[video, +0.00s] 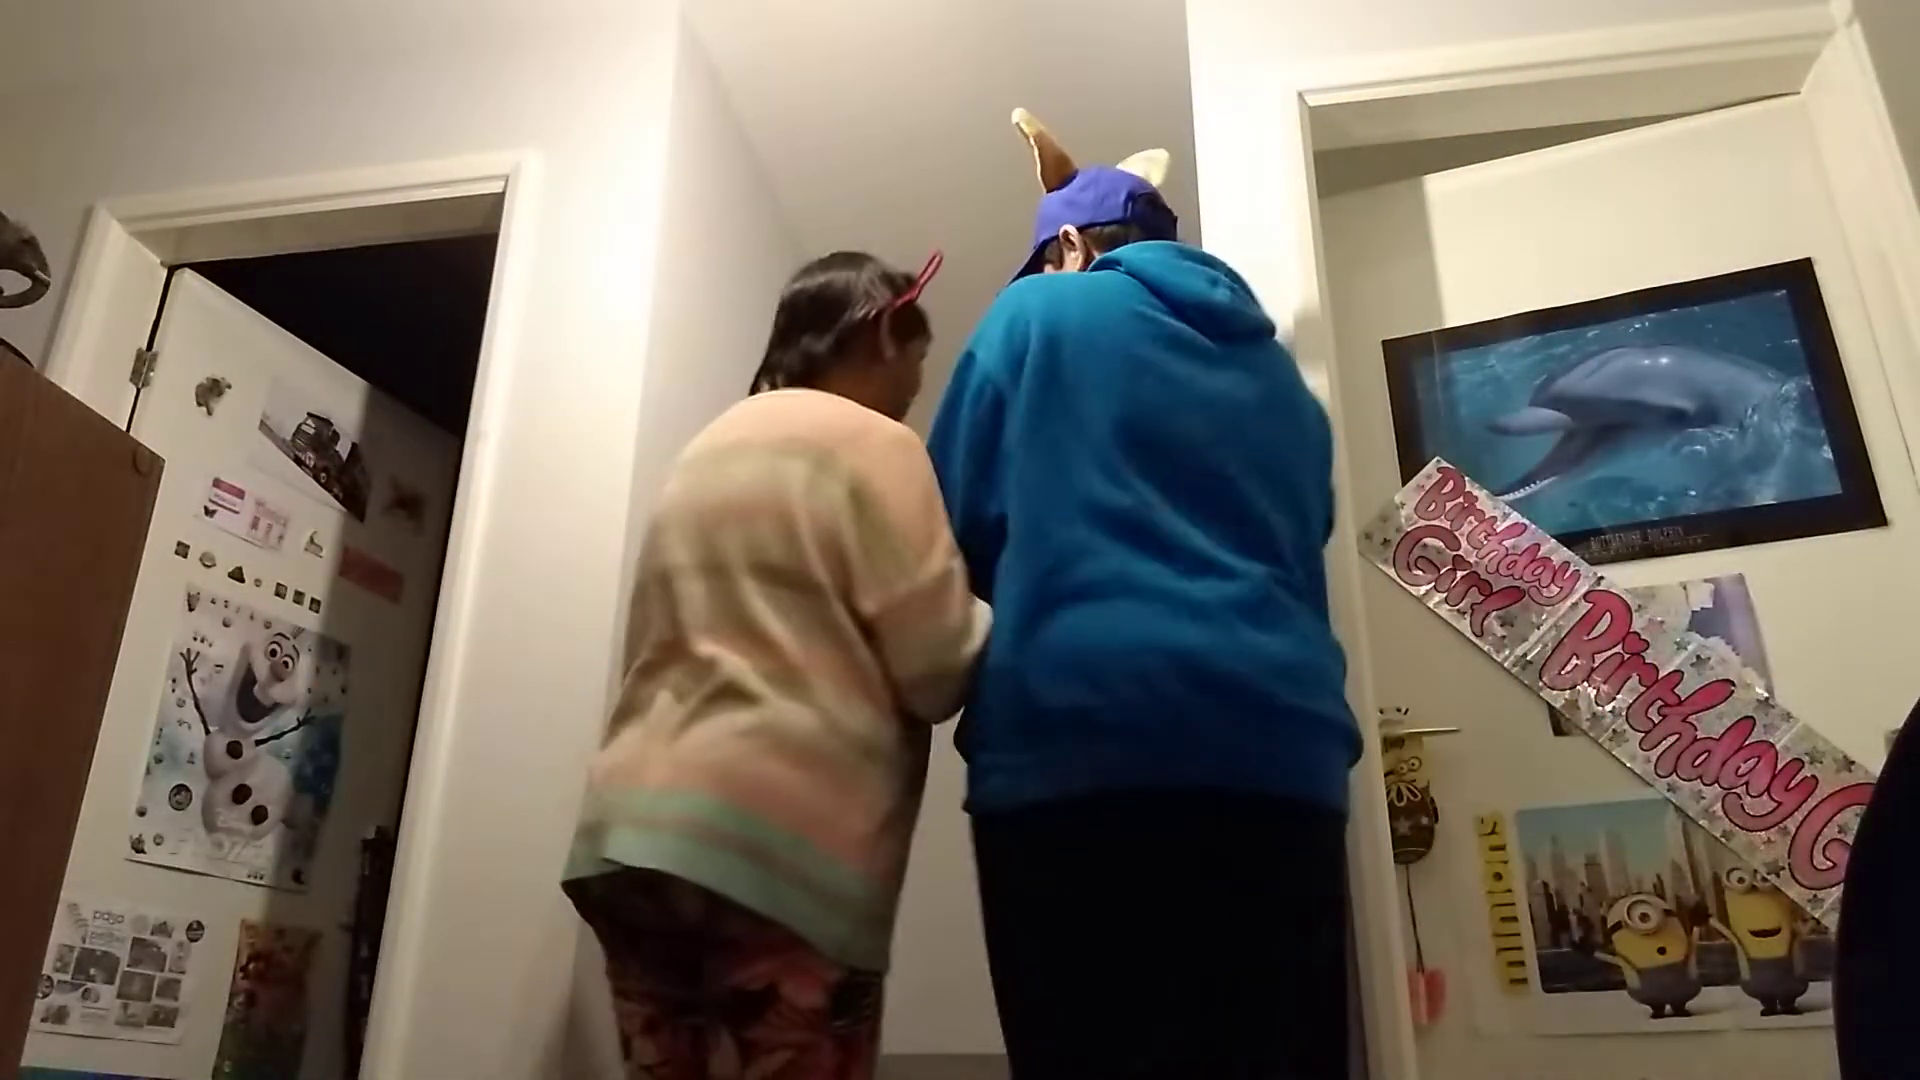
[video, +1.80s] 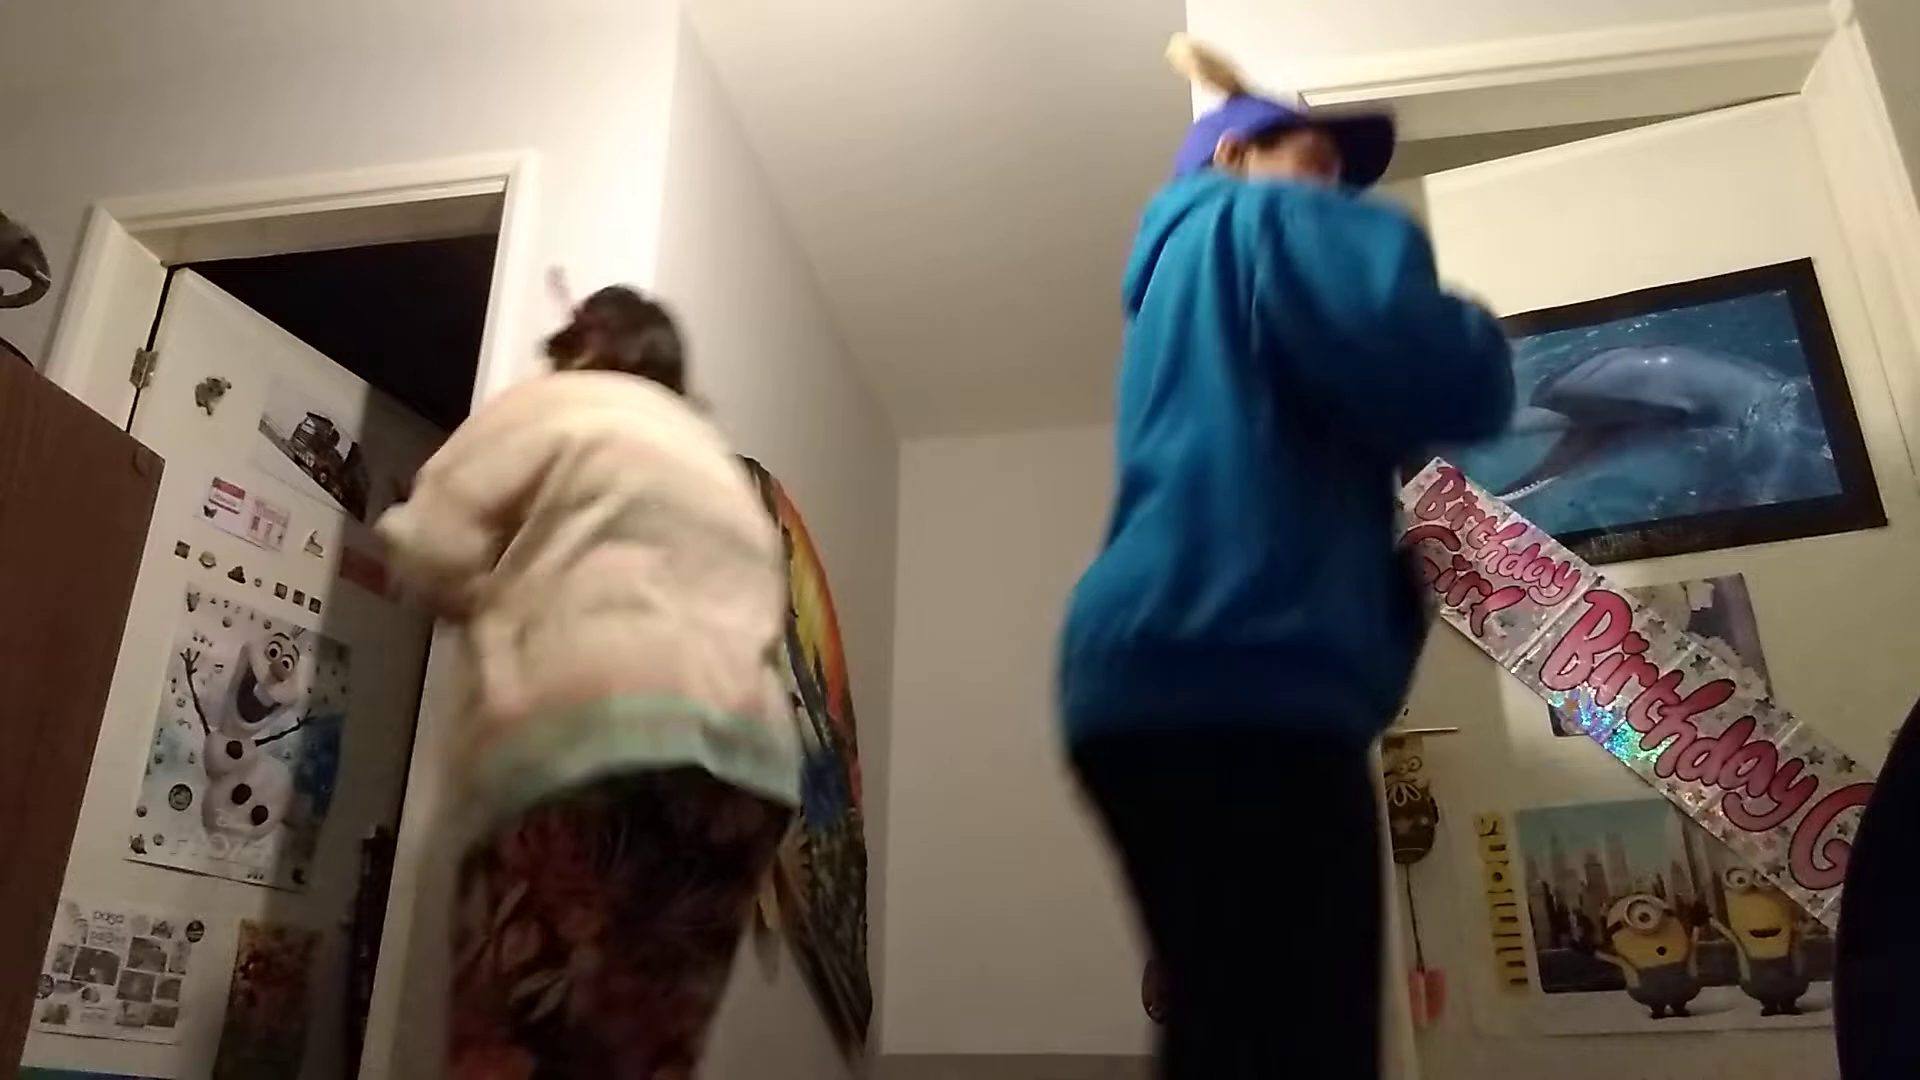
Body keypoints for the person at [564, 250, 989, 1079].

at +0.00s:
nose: (921, 381)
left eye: (923, 356)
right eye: (920, 352)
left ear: (794, 339)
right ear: (887, 333)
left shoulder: (707, 445)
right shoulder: (876, 445)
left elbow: (660, 643)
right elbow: (935, 667)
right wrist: (984, 615)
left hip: (631, 826)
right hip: (793, 848)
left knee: (665, 1063)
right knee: (800, 1062)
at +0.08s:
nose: (902, 390)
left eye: (905, 365)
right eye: (903, 362)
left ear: (779, 346)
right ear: (874, 344)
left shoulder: (679, 454)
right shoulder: (883, 456)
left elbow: (620, 650)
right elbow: (941, 673)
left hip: (632, 831)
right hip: (808, 849)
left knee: (655, 1063)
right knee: (810, 1061)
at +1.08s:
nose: (822, 445)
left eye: (818, 435)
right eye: (821, 435)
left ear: (698, 440)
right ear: (811, 439)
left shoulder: (637, 505)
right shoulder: (867, 512)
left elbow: (551, 712)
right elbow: (925, 662)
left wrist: (651, 760)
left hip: (664, 837)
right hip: (858, 839)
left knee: (655, 1063)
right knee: (833, 1064)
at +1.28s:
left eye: (680, 439)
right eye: (811, 454)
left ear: (686, 442)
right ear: (803, 456)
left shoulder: (630, 505)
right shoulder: (858, 531)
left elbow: (534, 682)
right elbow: (928, 720)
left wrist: (632, 737)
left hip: (662, 825)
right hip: (859, 836)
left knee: (649, 1063)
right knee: (818, 1062)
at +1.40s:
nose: (668, 475)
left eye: (671, 467)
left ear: (678, 471)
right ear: (791, 485)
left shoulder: (618, 526)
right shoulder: (844, 560)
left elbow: (520, 689)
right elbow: (912, 758)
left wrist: (608, 756)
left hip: (656, 872)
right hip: (853, 883)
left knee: (640, 1063)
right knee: (813, 1065)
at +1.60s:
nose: (633, 432)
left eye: (639, 423)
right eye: (639, 426)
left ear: (652, 420)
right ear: (750, 439)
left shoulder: (590, 485)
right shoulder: (790, 526)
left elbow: (483, 631)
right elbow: (831, 686)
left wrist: (556, 690)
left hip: (610, 843)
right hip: (793, 842)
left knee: (602, 1057)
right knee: (766, 1059)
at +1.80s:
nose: (557, 358)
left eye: (566, 347)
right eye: (563, 348)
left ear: (591, 341)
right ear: (672, 365)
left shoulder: (552, 399)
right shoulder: (722, 459)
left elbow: (429, 549)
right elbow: (764, 619)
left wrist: (488, 594)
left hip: (578, 754)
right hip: (751, 775)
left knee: (515, 1032)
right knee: (660, 1046)